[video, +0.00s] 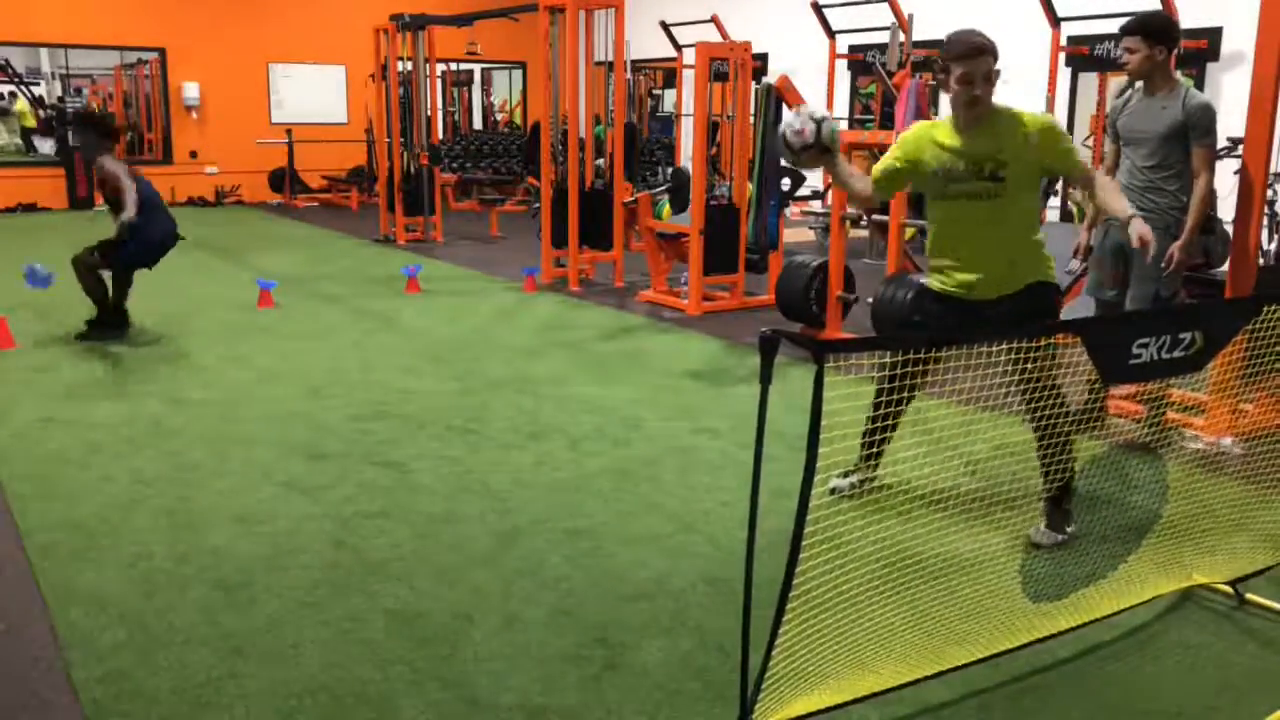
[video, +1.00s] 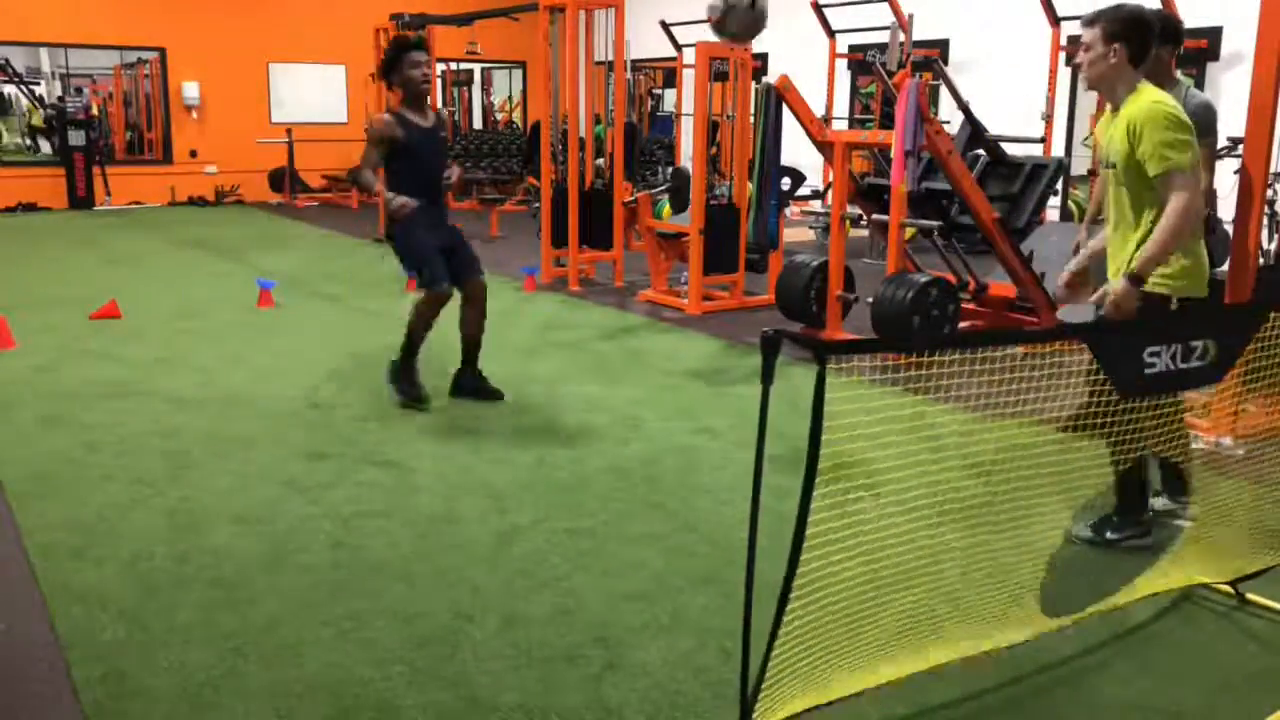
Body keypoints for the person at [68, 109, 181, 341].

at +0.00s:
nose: (78, 143)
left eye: (82, 137)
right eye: (78, 137)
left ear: (94, 141)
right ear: (108, 143)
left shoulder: (104, 163)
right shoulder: (120, 166)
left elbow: (128, 184)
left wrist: (127, 215)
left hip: (146, 233)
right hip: (165, 233)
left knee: (82, 262)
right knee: (122, 263)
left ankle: (106, 318)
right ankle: (117, 314)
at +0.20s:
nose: (146, 97)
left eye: (152, 91)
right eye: (140, 91)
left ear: (163, 96)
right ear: (130, 96)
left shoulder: (179, 127)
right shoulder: (136, 135)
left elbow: (213, 149)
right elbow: (138, 179)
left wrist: (231, 177)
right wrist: (119, 216)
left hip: (192, 206)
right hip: (165, 205)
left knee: (145, 257)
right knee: (137, 254)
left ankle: (128, 312)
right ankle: (190, 300)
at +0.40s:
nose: (221, 107)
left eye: (226, 100)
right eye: (213, 101)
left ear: (232, 105)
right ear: (199, 107)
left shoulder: (249, 149)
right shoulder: (187, 143)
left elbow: (259, 190)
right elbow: (146, 158)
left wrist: (244, 211)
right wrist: (101, 164)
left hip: (238, 219)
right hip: (204, 219)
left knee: (232, 266)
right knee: (192, 285)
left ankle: (240, 347)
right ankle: (216, 322)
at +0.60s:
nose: (278, 89)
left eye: (282, 82)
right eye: (269, 83)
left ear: (288, 87)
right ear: (251, 93)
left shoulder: (307, 128)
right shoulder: (246, 136)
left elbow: (328, 159)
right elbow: (206, 163)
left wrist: (324, 183)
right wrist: (161, 186)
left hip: (304, 220)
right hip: (269, 223)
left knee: (316, 282)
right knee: (270, 288)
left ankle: (274, 346)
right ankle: (235, 339)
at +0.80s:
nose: (356, 93)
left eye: (358, 86)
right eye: (346, 87)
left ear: (365, 92)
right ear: (327, 100)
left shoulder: (373, 139)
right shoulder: (320, 146)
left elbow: (368, 182)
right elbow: (288, 194)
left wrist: (391, 193)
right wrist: (273, 236)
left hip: (364, 232)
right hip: (330, 235)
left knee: (411, 283)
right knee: (345, 304)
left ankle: (431, 368)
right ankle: (302, 382)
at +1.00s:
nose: (426, 73)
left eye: (427, 66)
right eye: (415, 67)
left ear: (431, 73)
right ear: (394, 80)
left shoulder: (438, 121)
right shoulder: (385, 125)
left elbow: (438, 163)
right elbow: (363, 172)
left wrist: (452, 171)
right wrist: (388, 197)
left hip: (439, 220)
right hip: (407, 223)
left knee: (475, 287)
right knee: (439, 289)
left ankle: (468, 374)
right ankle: (404, 366)